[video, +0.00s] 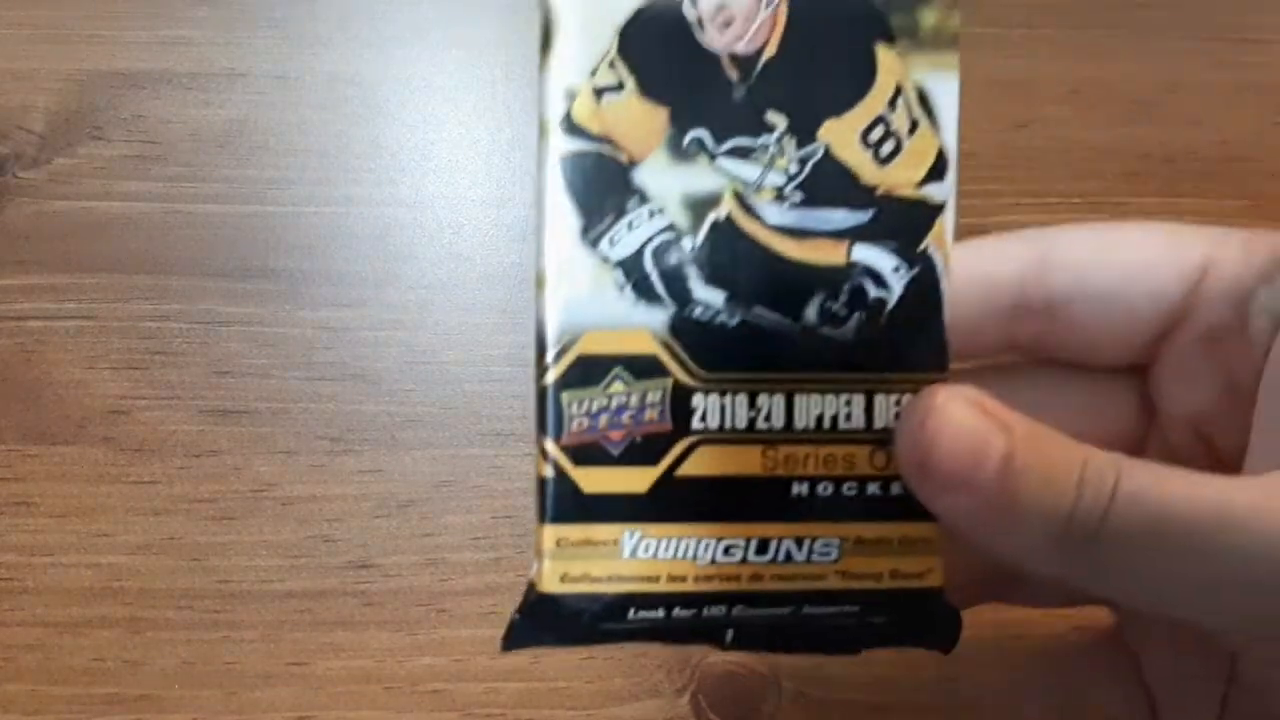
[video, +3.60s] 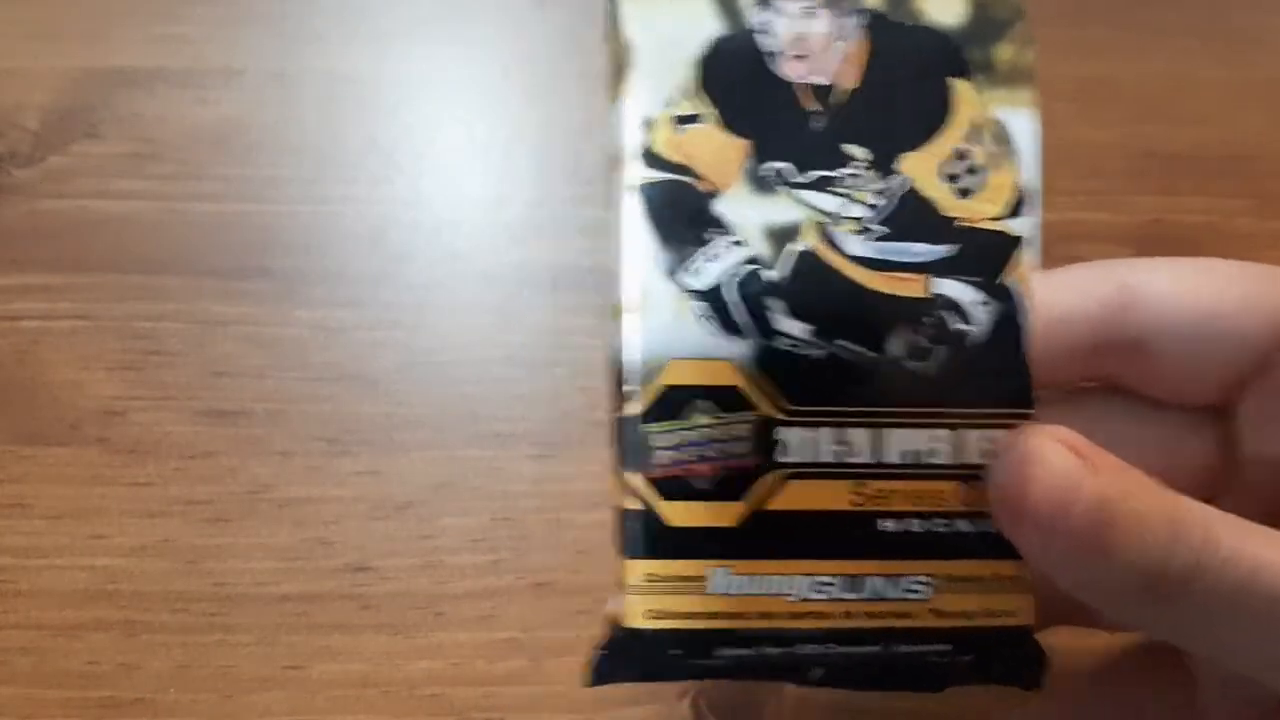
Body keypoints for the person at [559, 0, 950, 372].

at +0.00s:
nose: (712, 10)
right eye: (697, 0)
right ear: (683, 1)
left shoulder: (839, 38)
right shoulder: (656, 40)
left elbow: (922, 177)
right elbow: (588, 140)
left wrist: (875, 272)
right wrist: (640, 244)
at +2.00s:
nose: (688, 55)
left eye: (707, 33)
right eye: (673, 34)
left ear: (744, 30)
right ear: (657, 36)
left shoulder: (814, 84)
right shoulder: (634, 94)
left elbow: (899, 214)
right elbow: (569, 196)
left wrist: (858, 318)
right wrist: (628, 287)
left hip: (859, 282)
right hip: (741, 278)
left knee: (894, 444)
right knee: (678, 426)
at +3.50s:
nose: (711, 48)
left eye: (731, 26)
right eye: (695, 25)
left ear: (770, 25)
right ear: (681, 27)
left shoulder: (838, 81)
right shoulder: (658, 85)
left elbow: (918, 212)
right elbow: (591, 186)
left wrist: (879, 315)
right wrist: (651, 283)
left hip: (877, 279)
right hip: (763, 273)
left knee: (915, 437)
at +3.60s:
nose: (788, 51)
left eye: (808, 23)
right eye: (769, 30)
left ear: (850, 17)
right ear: (755, 22)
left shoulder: (921, 67)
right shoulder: (735, 72)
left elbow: (991, 202)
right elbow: (668, 177)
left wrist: (954, 311)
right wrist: (723, 275)